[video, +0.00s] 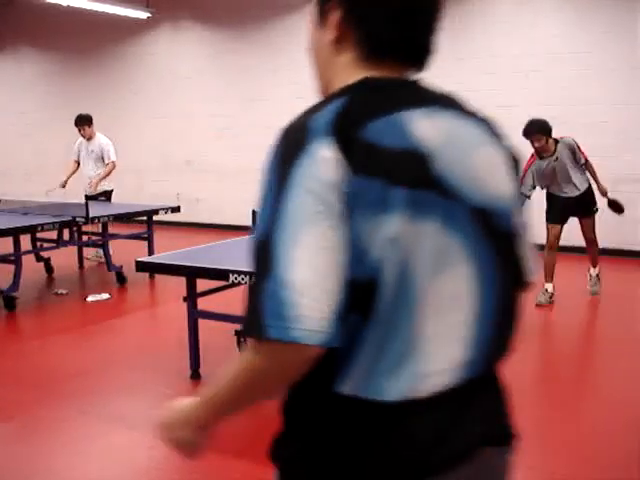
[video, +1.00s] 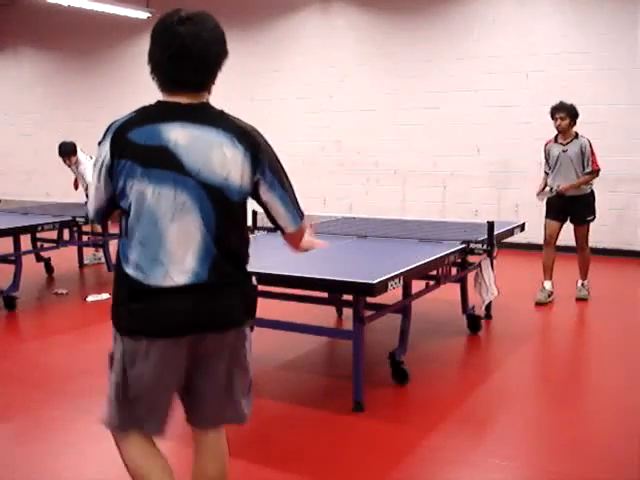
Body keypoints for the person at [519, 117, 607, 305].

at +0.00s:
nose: (536, 145)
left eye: (539, 140)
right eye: (533, 142)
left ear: (548, 136)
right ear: (530, 141)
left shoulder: (568, 145)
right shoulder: (533, 165)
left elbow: (586, 164)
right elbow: (520, 197)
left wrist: (599, 185)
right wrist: (512, 225)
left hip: (581, 192)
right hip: (556, 197)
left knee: (589, 237)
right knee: (551, 242)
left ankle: (594, 272)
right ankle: (548, 288)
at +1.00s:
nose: (558, 123)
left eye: (562, 119)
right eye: (555, 119)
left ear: (572, 120)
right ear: (553, 122)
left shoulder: (583, 143)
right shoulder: (549, 146)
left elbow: (594, 171)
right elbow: (547, 170)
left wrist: (572, 185)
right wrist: (543, 185)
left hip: (581, 198)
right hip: (557, 196)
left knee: (582, 244)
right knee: (548, 239)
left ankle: (583, 283)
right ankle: (547, 285)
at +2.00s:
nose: (577, 119)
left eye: (581, 115)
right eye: (576, 115)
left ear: (593, 116)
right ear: (575, 116)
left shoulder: (606, 142)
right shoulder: (570, 144)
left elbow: (611, 173)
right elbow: (566, 175)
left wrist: (588, 168)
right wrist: (553, 186)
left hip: (600, 200)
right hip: (574, 199)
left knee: (601, 251)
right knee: (560, 246)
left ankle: (604, 292)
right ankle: (561, 286)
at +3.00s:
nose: (582, 119)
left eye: (586, 113)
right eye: (582, 114)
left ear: (599, 114)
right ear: (601, 115)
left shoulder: (610, 138)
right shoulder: (609, 137)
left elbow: (600, 174)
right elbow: (607, 176)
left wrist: (567, 173)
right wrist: (589, 191)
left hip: (618, 204)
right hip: (610, 202)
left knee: (611, 260)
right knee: (599, 252)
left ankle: (622, 318)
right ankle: (602, 302)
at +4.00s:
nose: (579, 123)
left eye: (582, 118)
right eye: (579, 118)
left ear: (594, 116)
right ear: (600, 118)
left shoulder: (598, 138)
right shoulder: (613, 138)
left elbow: (594, 175)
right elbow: (605, 178)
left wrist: (565, 182)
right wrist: (577, 184)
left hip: (606, 200)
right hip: (626, 197)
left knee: (590, 258)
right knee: (619, 254)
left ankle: (586, 314)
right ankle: (633, 308)